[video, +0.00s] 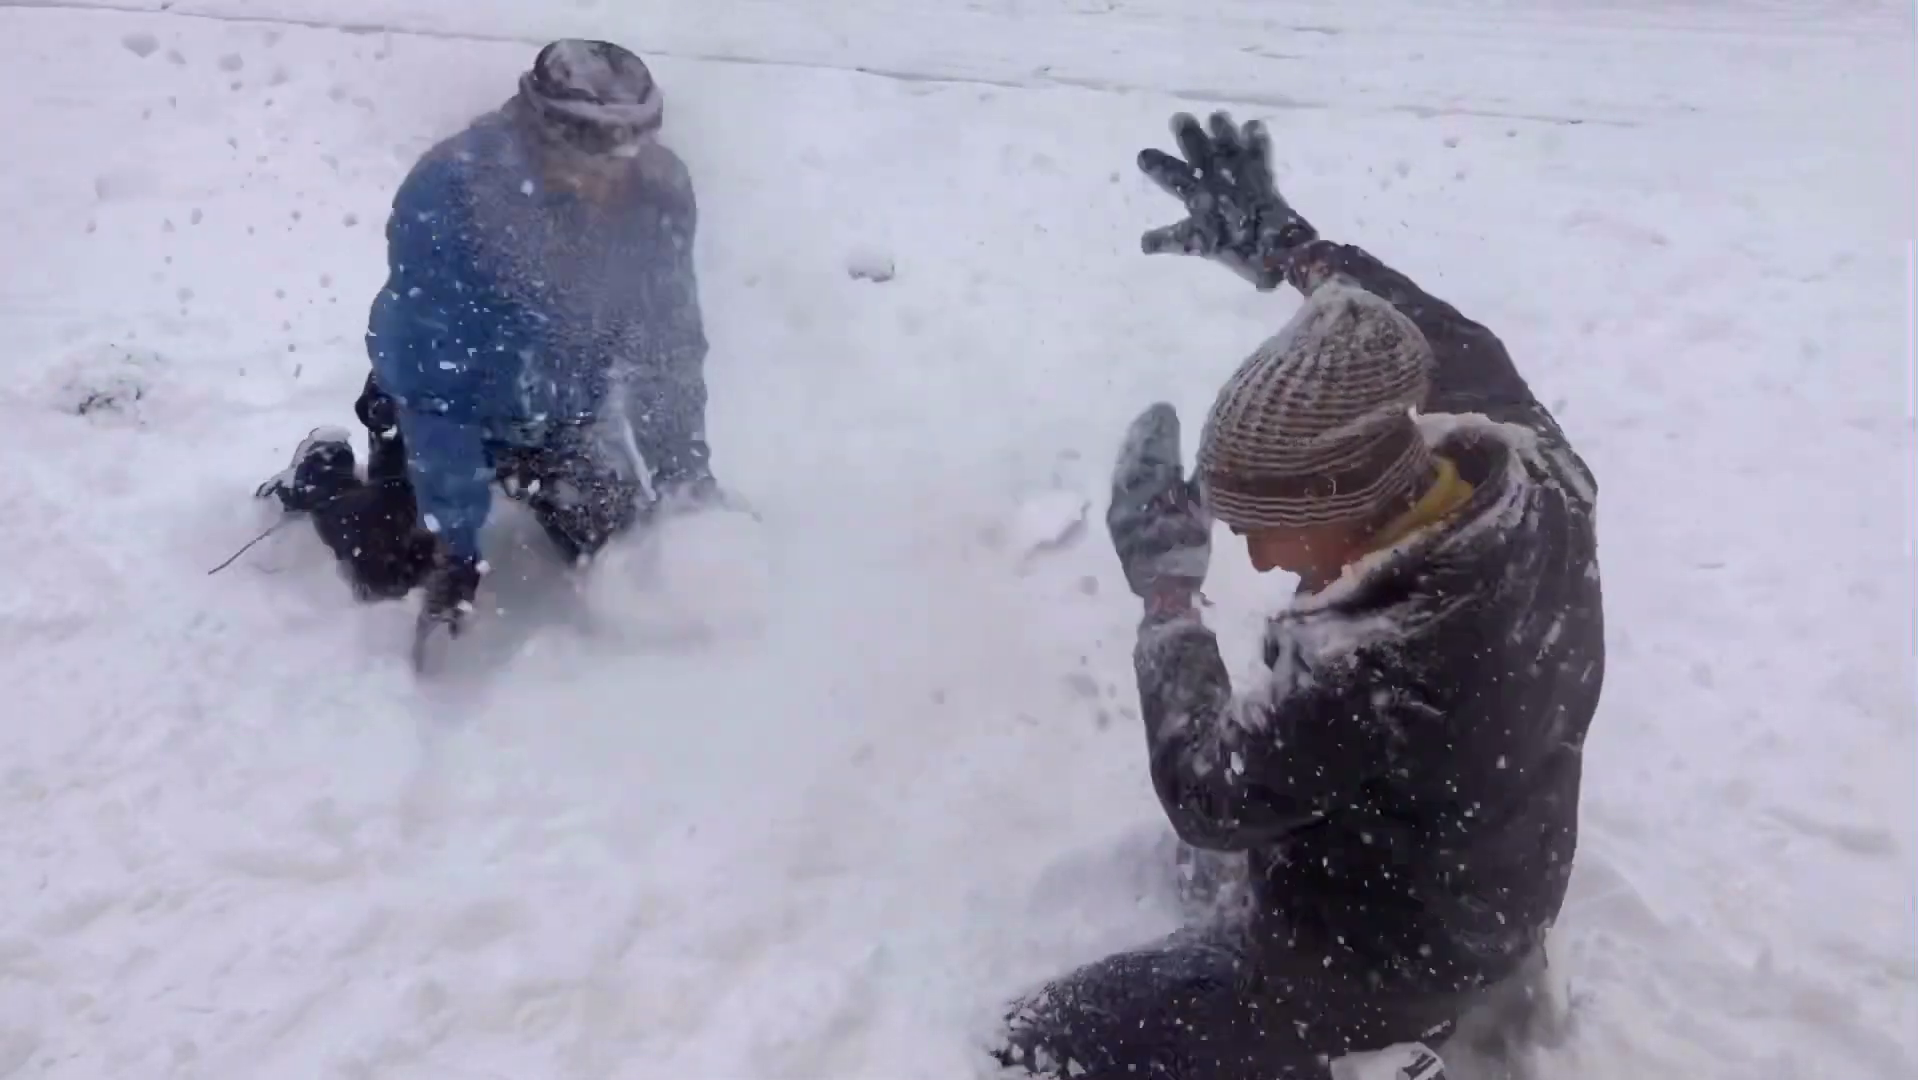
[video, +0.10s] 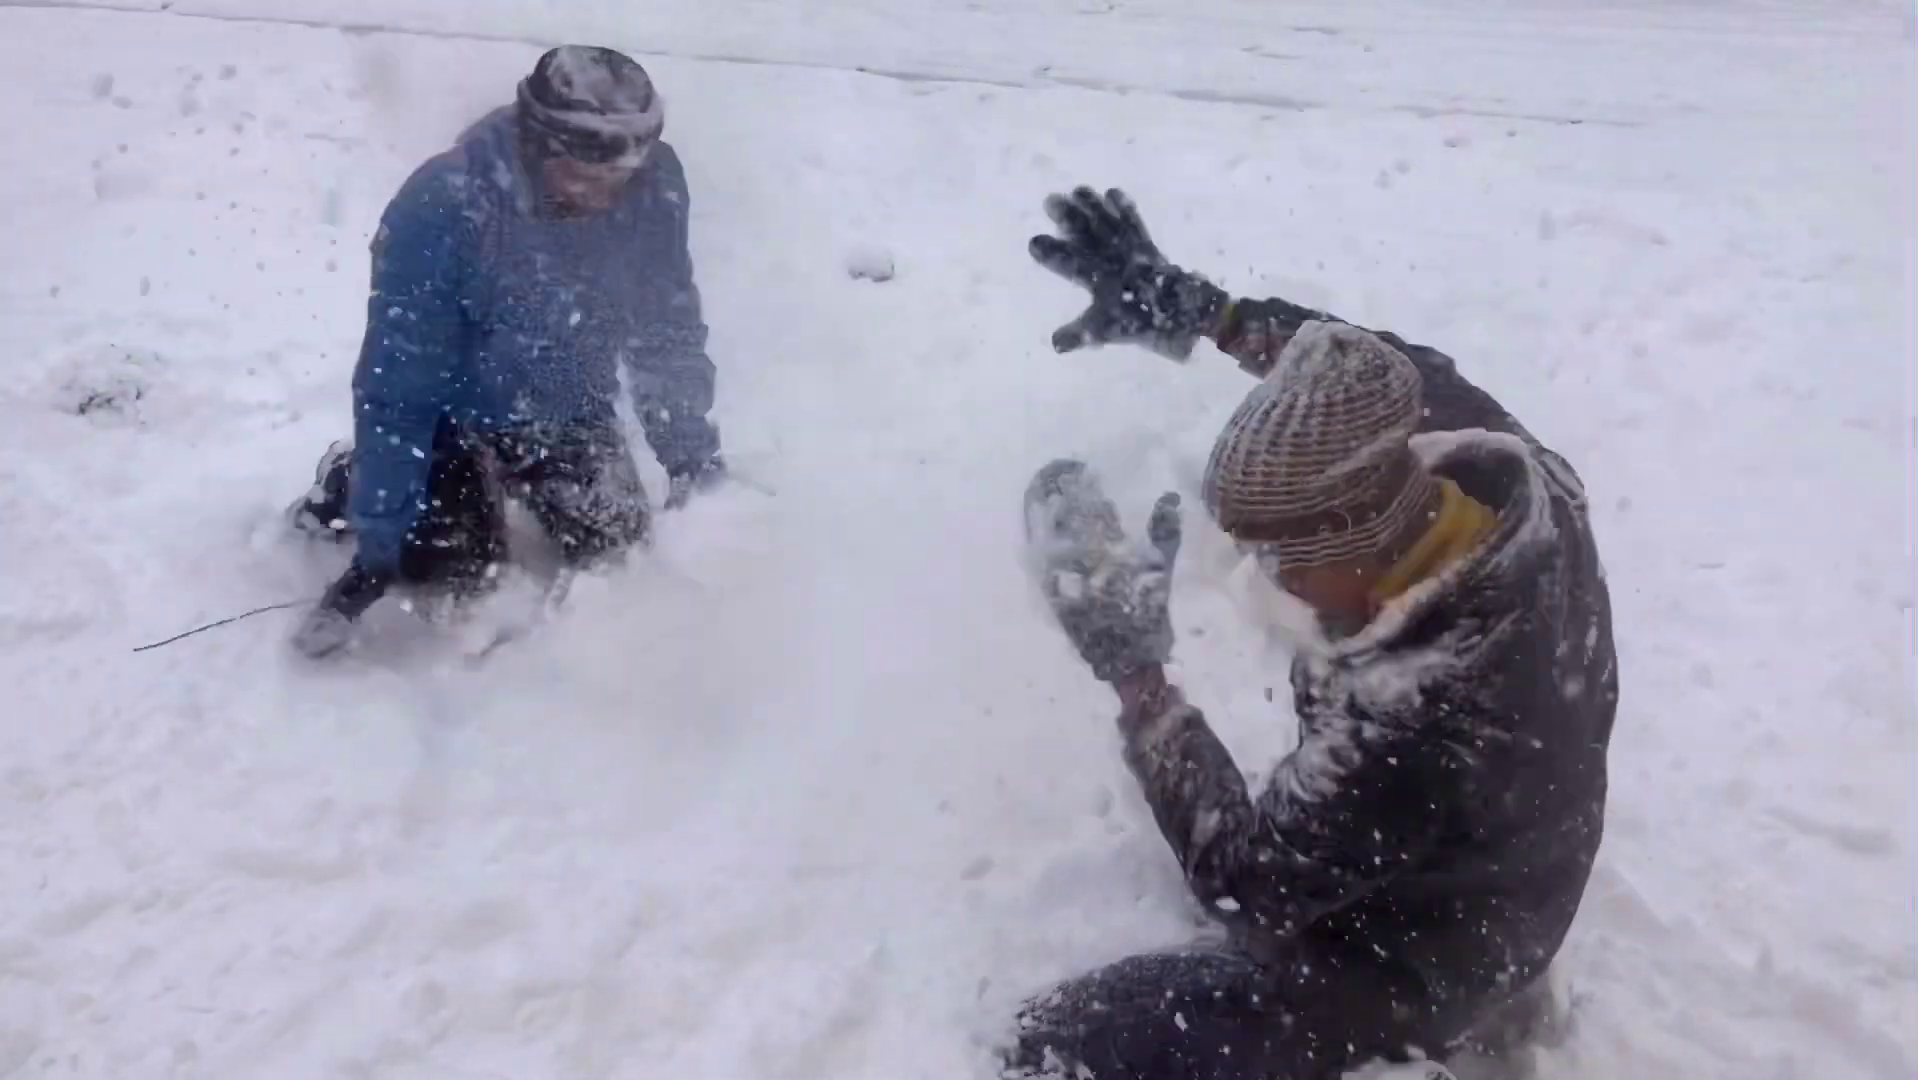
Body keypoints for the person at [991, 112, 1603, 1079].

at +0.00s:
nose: (1259, 559)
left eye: (1264, 534)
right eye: (1249, 535)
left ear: (1344, 511)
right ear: (1406, 444)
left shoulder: (1380, 678)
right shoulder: (1529, 472)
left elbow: (1207, 797)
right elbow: (1448, 343)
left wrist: (1169, 588)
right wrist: (1288, 246)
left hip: (1398, 961)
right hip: (1502, 872)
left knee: (1038, 1042)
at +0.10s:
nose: (1285, 584)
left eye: (1296, 563)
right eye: (1280, 560)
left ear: (1366, 549)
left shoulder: (1413, 724)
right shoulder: (1512, 479)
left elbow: (1238, 870)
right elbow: (1390, 370)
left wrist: (1136, 674)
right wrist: (1200, 311)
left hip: (1415, 967)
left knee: (1062, 1040)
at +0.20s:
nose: (1263, 603)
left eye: (1275, 589)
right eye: (1251, 576)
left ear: (1336, 594)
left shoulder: (1474, 784)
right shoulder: (1445, 483)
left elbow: (1310, 979)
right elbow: (1288, 410)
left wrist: (1124, 798)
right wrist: (1081, 416)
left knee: (1062, 1044)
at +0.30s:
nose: (1258, 621)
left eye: (1273, 604)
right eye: (1243, 589)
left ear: (1347, 583)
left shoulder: (1530, 739)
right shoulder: (1366, 494)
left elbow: (1380, 1012)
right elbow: (1260, 432)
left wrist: (1128, 870)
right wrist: (1044, 490)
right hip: (1325, 832)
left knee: (1061, 1046)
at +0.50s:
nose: (1250, 752)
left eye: (1254, 726)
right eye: (1227, 736)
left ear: (1308, 670)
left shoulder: (1498, 745)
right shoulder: (1247, 565)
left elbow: (1501, 1041)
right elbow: (1053, 610)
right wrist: (951, 817)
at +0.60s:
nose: (1198, 820)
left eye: (1208, 798)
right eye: (1171, 809)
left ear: (1250, 723)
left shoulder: (1438, 737)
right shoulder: (1148, 634)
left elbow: (1517, 1020)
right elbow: (993, 721)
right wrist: (920, 947)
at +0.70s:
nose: (1207, 887)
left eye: (1203, 855)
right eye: (1171, 886)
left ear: (1217, 779)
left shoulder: (1383, 767)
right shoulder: (1081, 694)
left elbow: (1494, 1053)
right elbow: (938, 832)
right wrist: (866, 1042)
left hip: (1417, 960)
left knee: (1128, 1051)